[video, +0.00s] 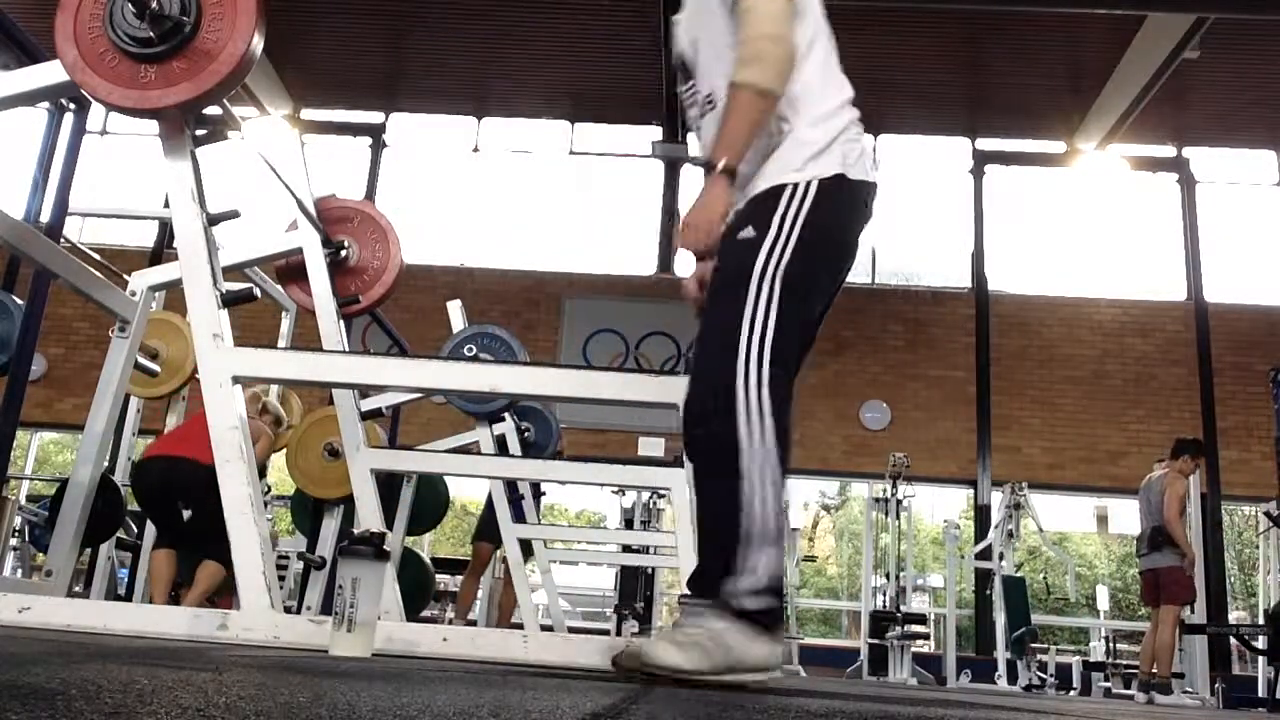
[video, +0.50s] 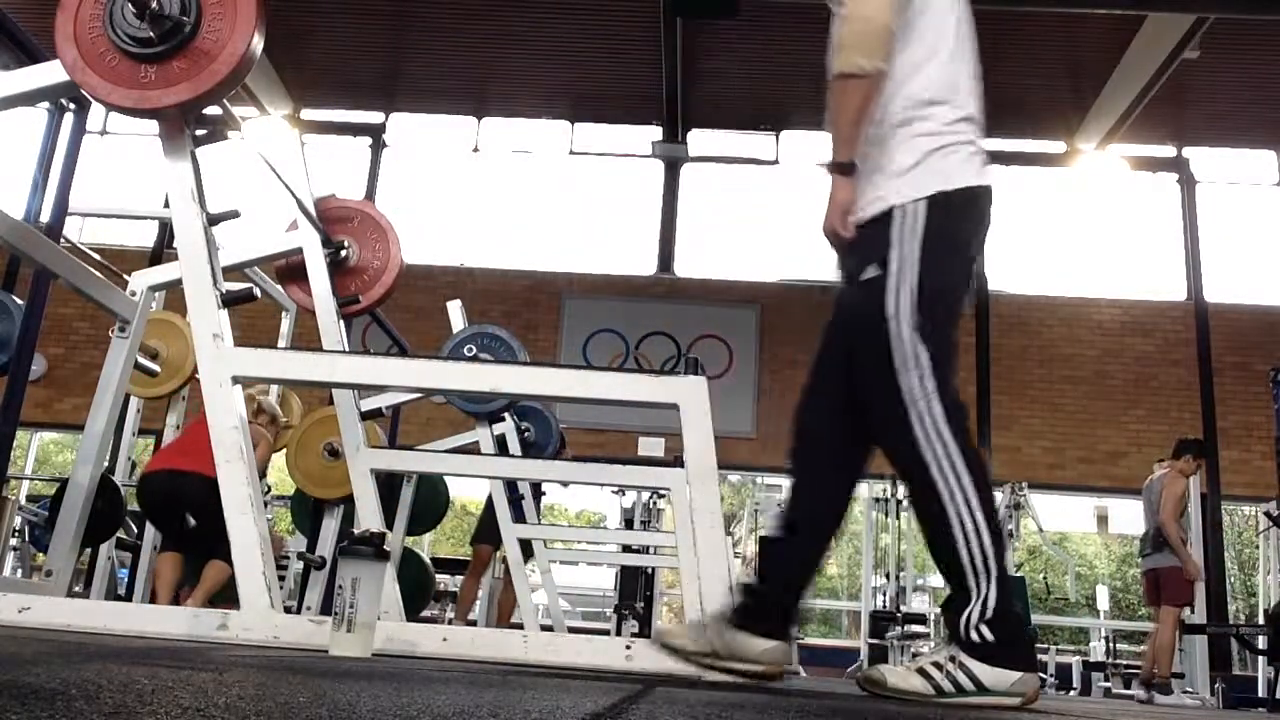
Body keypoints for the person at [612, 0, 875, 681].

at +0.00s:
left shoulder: (756, 3)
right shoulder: (698, 22)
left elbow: (770, 53)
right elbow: (745, 134)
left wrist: (717, 180)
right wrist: (722, 246)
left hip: (810, 168)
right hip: (768, 182)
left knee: (744, 380)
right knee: (714, 397)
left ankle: (752, 619)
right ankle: (718, 617)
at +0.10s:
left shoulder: (791, 4)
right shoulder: (730, 16)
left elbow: (796, 38)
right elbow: (766, 135)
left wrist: (740, 159)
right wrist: (735, 246)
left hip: (819, 170)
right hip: (780, 181)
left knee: (751, 364)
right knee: (725, 400)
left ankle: (857, 592)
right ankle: (712, 630)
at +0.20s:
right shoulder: (783, 14)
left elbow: (819, 29)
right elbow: (801, 122)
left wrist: (759, 156)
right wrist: (760, 241)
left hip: (831, 175)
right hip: (795, 185)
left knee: (780, 376)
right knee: (739, 417)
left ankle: (936, 591)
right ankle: (712, 635)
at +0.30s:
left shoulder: (843, 6)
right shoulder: (815, 14)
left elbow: (835, 22)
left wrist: (783, 153)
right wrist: (784, 221)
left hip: (851, 183)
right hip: (815, 192)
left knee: (831, 385)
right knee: (764, 416)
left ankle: (977, 628)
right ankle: (715, 633)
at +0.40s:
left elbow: (848, 25)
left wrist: (813, 151)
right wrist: (839, 171)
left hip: (886, 186)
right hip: (859, 192)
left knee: (885, 413)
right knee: (796, 423)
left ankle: (993, 649)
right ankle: (721, 631)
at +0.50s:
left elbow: (863, 32)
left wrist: (842, 167)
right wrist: (867, 182)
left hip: (921, 179)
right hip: (896, 188)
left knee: (912, 402)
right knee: (832, 415)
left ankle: (997, 649)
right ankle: (760, 624)